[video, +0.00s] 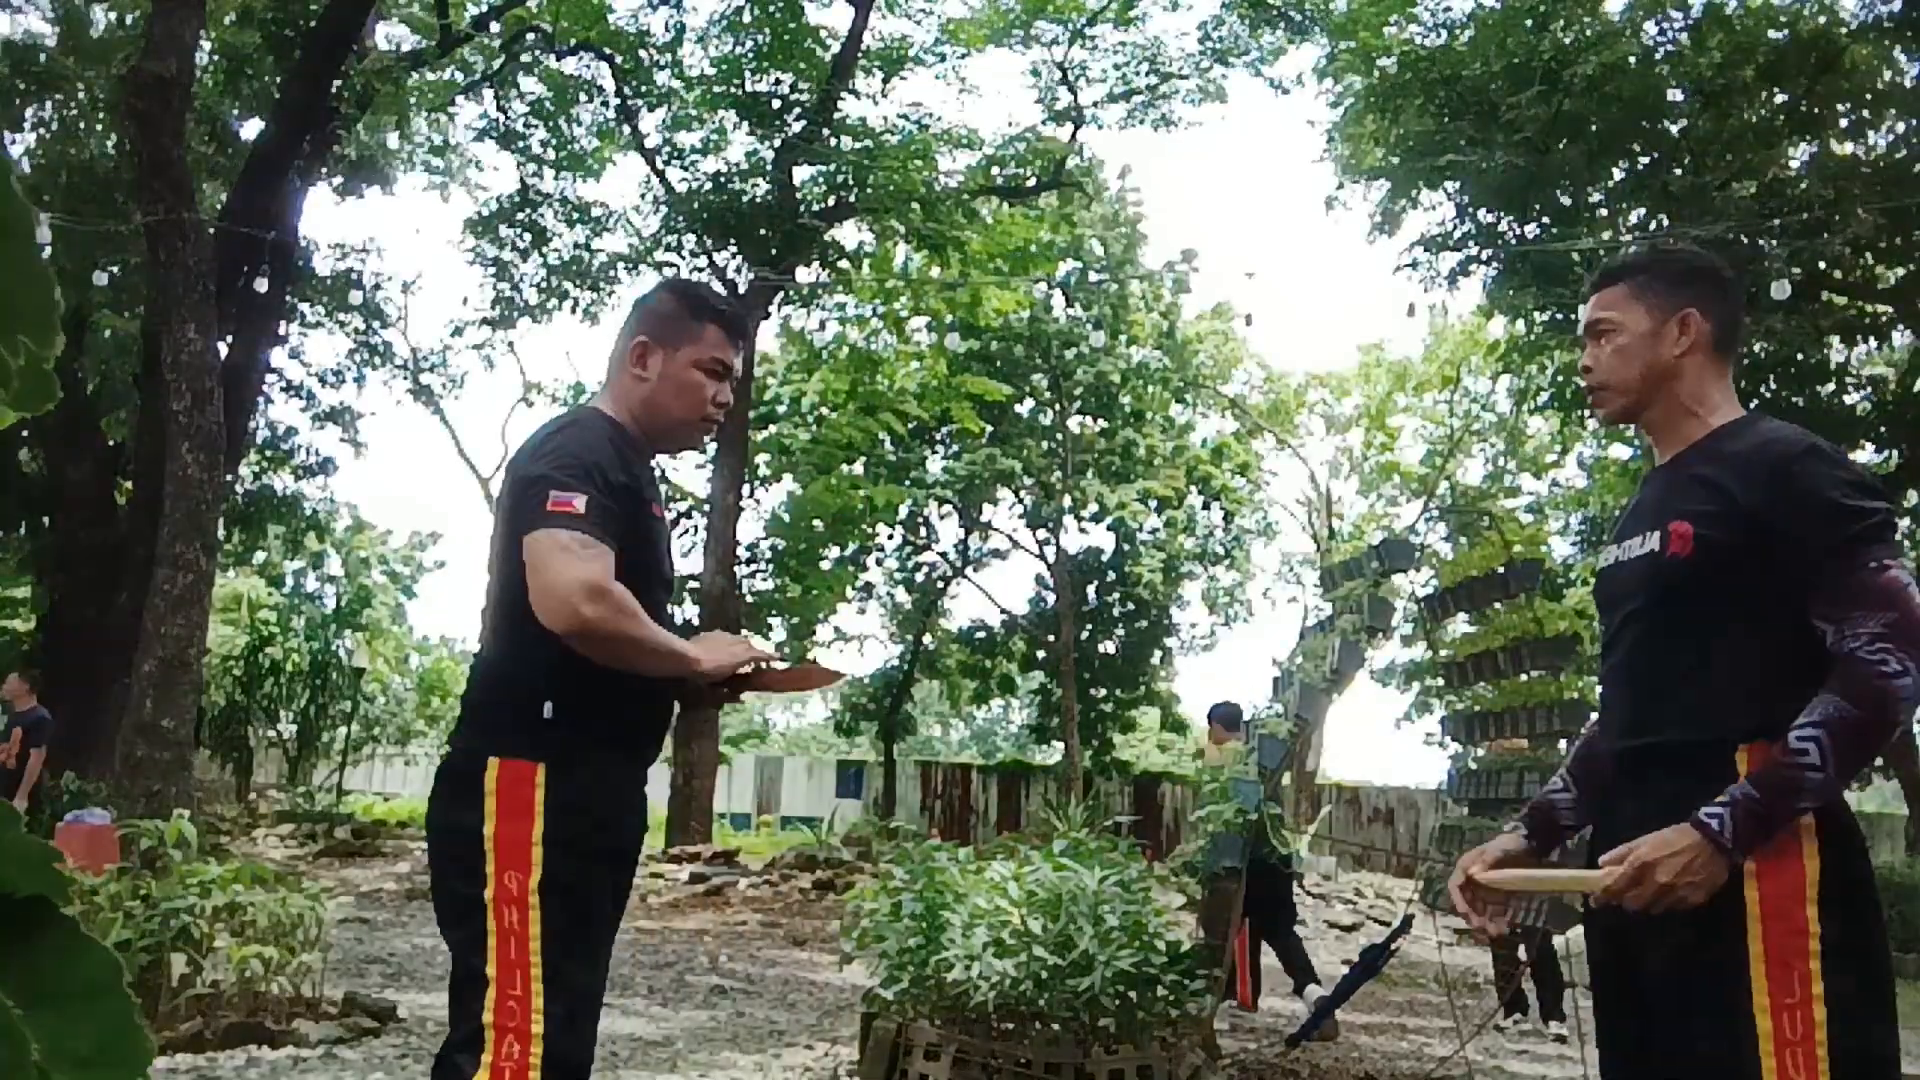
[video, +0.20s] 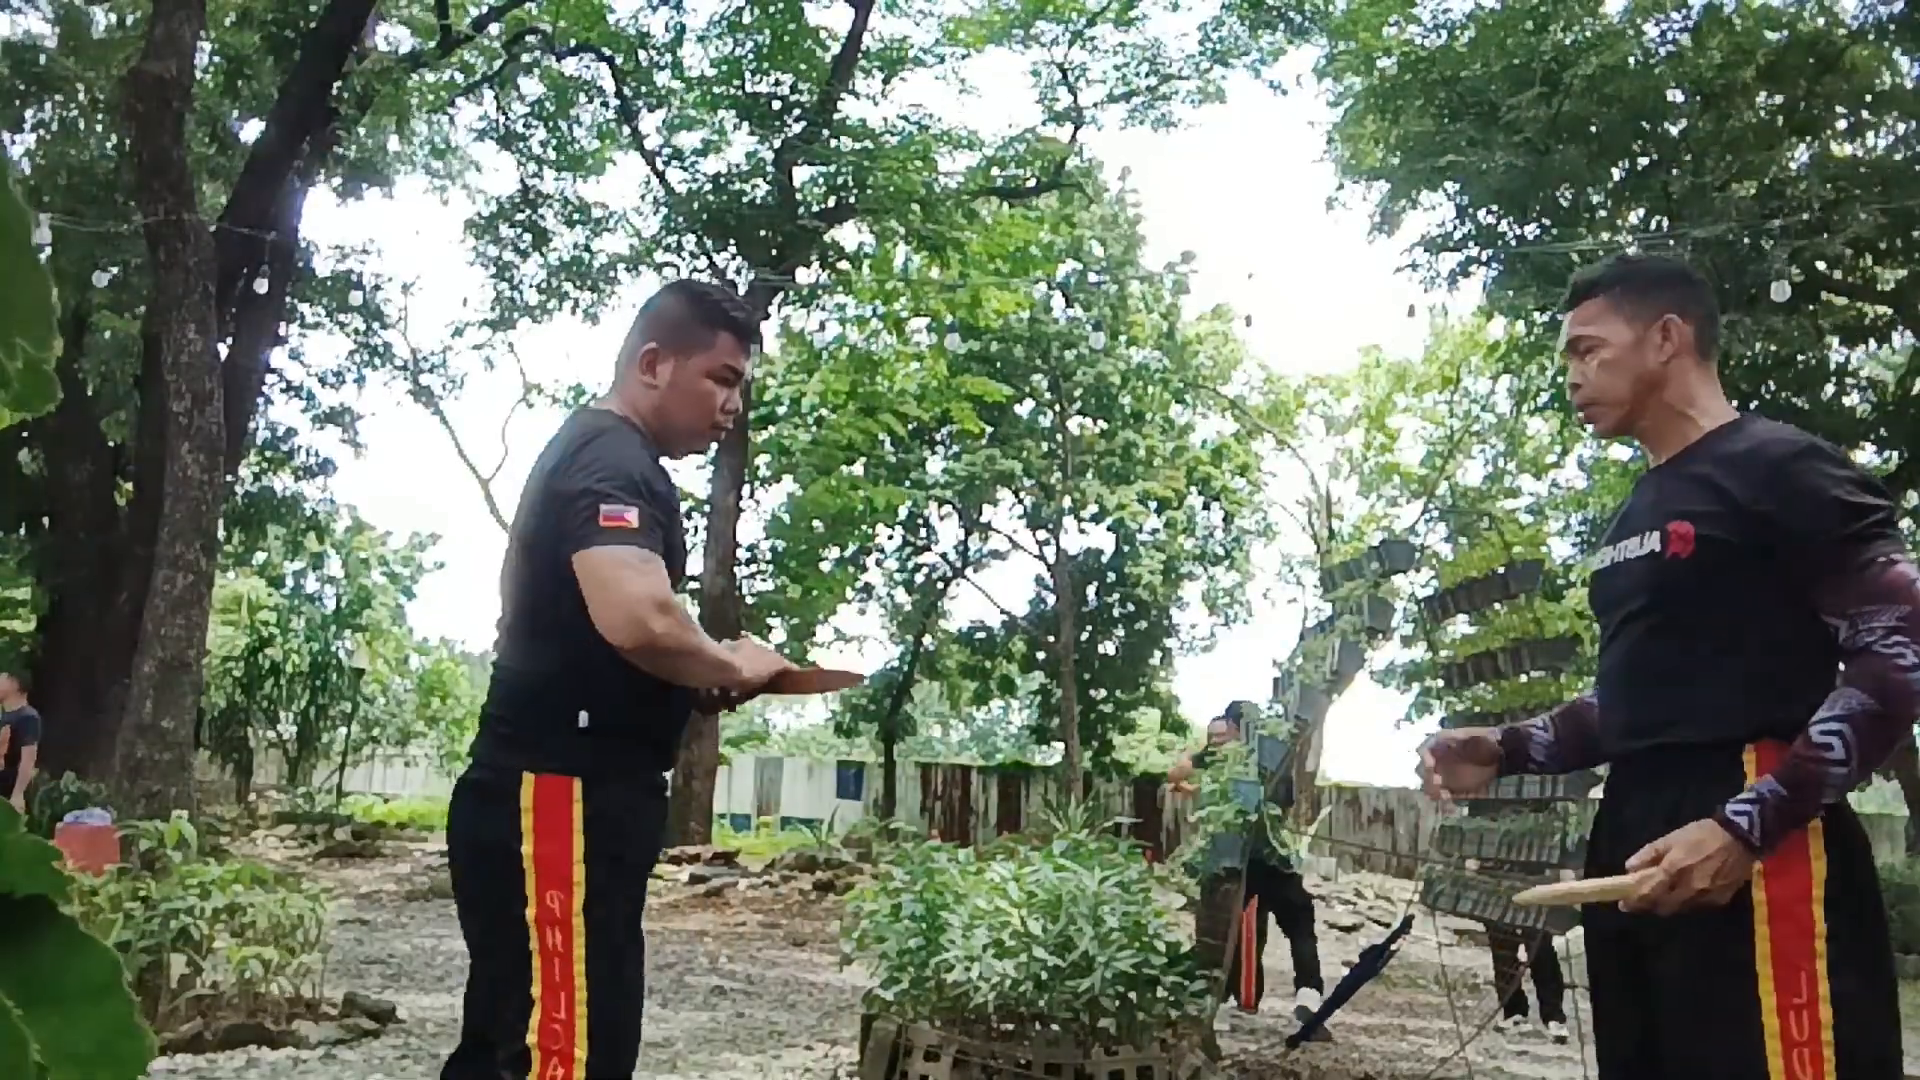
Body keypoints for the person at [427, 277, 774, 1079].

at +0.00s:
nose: (726, 399)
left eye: (731, 382)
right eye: (713, 372)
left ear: (650, 365)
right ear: (644, 358)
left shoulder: (625, 472)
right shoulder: (581, 446)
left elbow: (612, 633)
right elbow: (572, 600)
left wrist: (710, 671)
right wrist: (691, 656)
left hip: (581, 788)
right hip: (529, 786)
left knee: (552, 1046)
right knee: (516, 1050)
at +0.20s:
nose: (733, 406)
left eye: (739, 388)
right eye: (722, 380)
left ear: (657, 370)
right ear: (654, 365)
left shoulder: (607, 453)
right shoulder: (610, 453)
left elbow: (615, 625)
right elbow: (639, 620)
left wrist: (700, 672)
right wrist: (730, 664)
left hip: (576, 796)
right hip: (557, 797)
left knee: (517, 1051)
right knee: (565, 1056)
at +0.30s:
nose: (758, 409)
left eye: (765, 392)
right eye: (751, 383)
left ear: (684, 368)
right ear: (685, 364)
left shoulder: (593, 448)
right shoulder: (654, 458)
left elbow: (516, 614)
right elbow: (720, 641)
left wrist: (690, 667)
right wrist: (792, 680)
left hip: (570, 797)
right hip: (592, 806)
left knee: (585, 1051)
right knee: (589, 1059)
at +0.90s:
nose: (1108, 502)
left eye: (1118, 479)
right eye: (1087, 473)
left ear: (1120, 482)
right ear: (1002, 461)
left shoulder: (1106, 587)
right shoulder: (880, 555)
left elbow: (1283, 610)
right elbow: (848, 738)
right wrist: (1029, 721)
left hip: (956, 900)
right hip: (790, 890)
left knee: (1053, 1067)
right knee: (663, 1070)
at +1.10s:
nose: (1079, 479)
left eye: (1092, 456)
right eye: (1061, 449)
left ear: (1099, 453)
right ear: (976, 432)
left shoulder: (1077, 514)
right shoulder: (867, 564)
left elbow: (1228, 436)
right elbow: (876, 755)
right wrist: (1053, 703)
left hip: (995, 904)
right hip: (830, 900)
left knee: (1081, 1070)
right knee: (702, 1075)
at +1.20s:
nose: (1033, 466)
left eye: (1044, 441)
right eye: (1007, 437)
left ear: (1053, 443)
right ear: (926, 428)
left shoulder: (1042, 523)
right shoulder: (829, 565)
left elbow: (1166, 473)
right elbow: (836, 749)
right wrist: (1014, 687)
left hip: (992, 904)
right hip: (823, 903)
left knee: (1071, 1064)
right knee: (696, 1065)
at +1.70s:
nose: (898, 502)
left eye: (923, 474)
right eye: (869, 473)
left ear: (948, 461)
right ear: (810, 456)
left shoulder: (981, 582)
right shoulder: (741, 567)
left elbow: (1132, 724)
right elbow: (674, 733)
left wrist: (1264, 862)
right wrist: (819, 737)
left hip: (917, 887)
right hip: (753, 874)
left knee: (981, 1066)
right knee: (636, 1061)